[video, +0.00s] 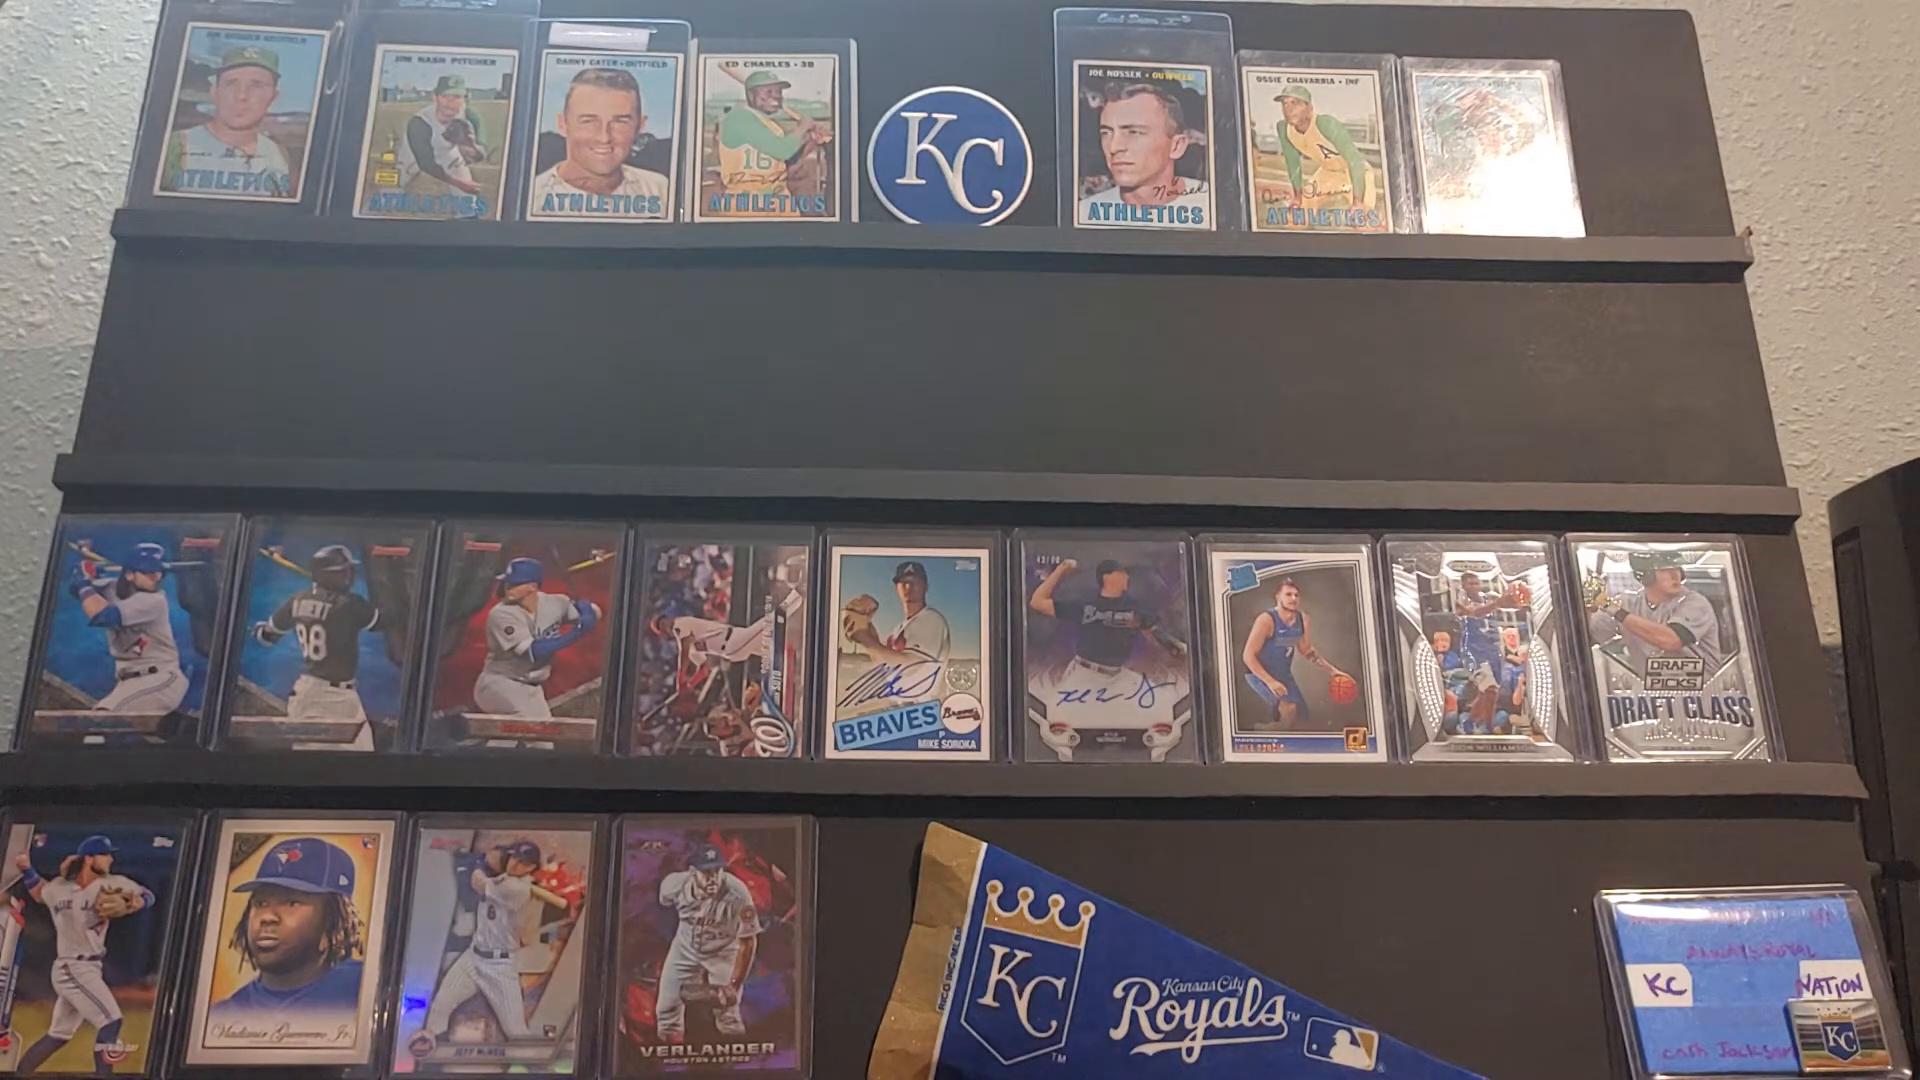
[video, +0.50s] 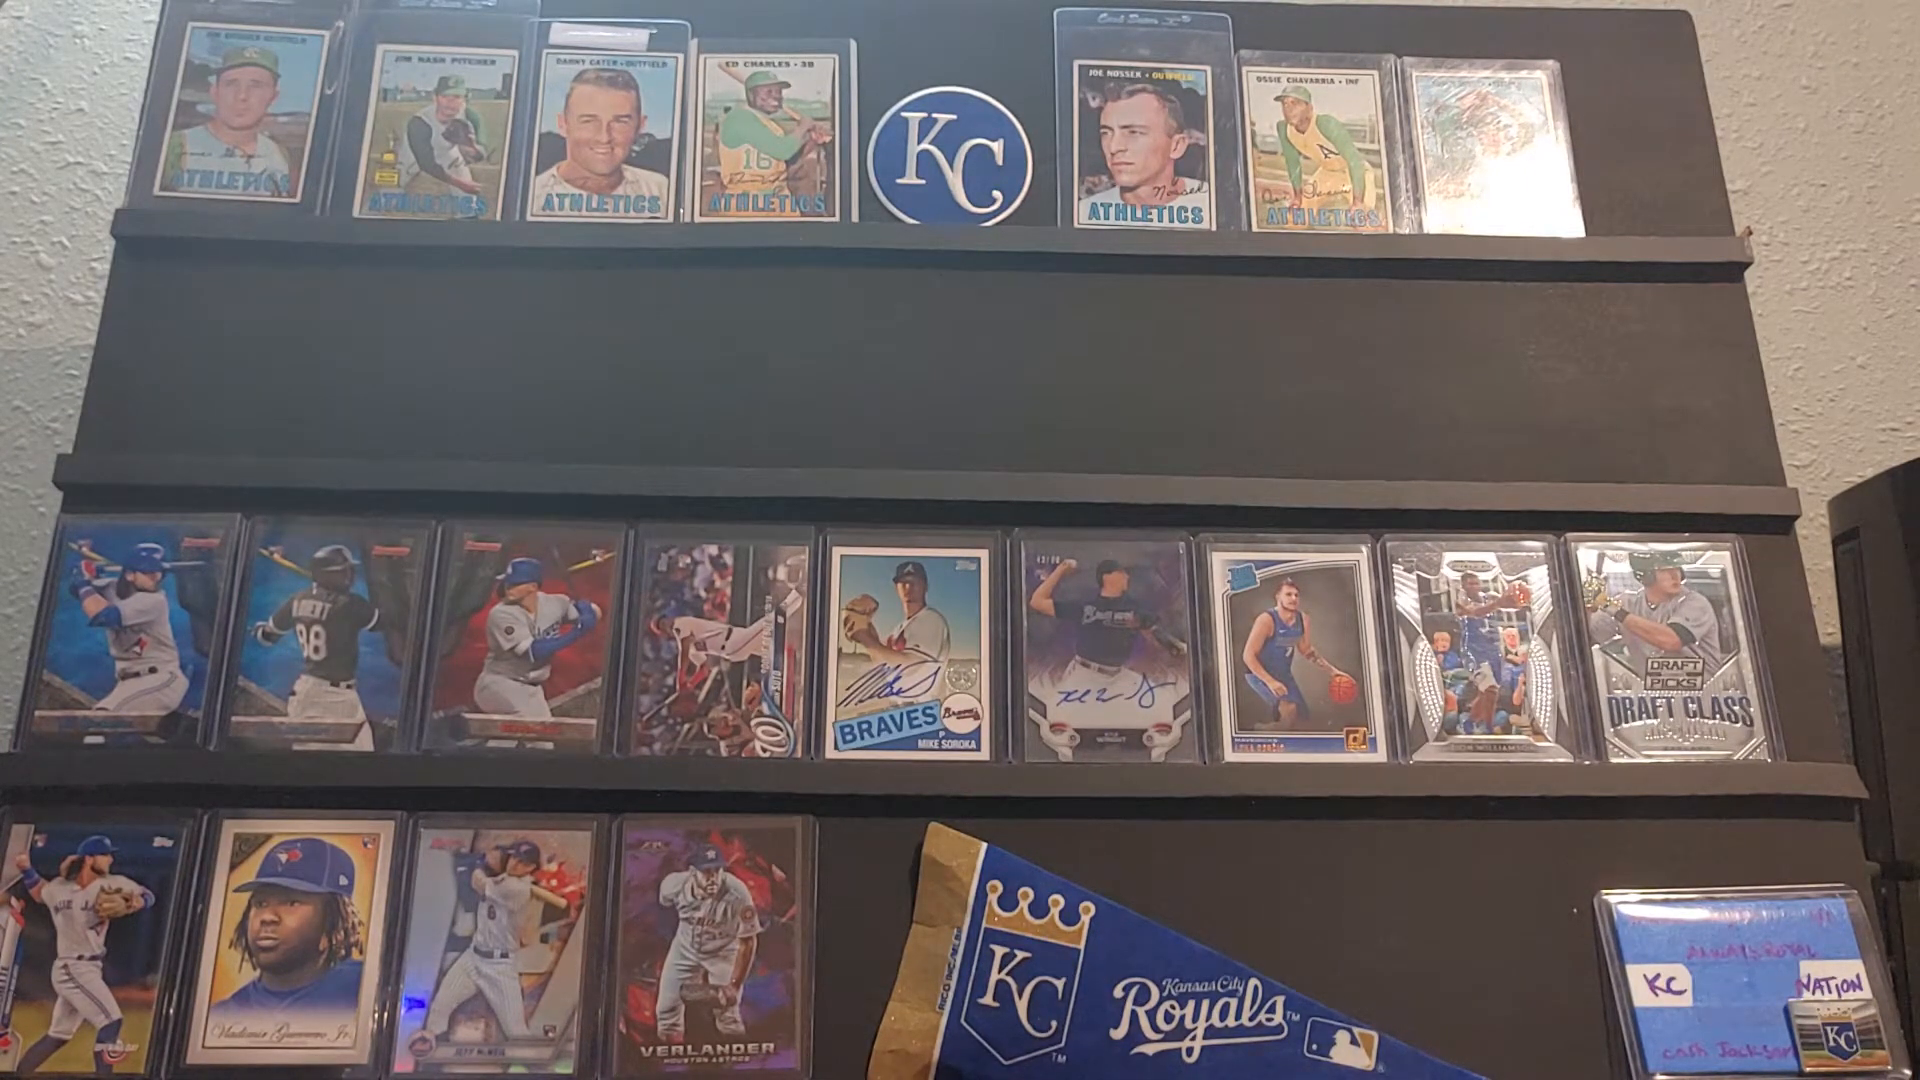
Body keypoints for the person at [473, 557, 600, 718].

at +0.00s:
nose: (507, 588)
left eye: (514, 584)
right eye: (507, 583)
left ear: (532, 587)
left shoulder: (554, 603)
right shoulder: (500, 614)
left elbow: (581, 606)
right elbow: (532, 651)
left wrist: (588, 615)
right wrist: (575, 634)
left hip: (531, 687)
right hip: (496, 683)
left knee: (546, 733)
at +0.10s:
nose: (507, 588)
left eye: (514, 584)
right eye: (507, 583)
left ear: (532, 587)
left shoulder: (555, 603)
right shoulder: (500, 614)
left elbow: (580, 607)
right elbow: (532, 651)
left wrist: (588, 614)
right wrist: (576, 633)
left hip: (531, 687)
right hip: (496, 683)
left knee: (546, 732)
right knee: (529, 715)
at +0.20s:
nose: (507, 588)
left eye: (514, 584)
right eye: (507, 583)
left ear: (533, 587)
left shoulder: (555, 603)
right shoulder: (500, 614)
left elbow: (580, 607)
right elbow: (532, 652)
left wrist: (588, 614)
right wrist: (576, 633)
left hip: (531, 687)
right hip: (497, 683)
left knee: (546, 733)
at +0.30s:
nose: (507, 588)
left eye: (514, 584)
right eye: (507, 583)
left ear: (533, 587)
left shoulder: (555, 603)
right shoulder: (500, 614)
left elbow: (580, 607)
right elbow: (532, 652)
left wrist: (588, 614)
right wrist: (576, 633)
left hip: (531, 687)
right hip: (497, 683)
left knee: (546, 733)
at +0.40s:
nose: (507, 588)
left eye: (514, 584)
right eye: (507, 583)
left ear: (532, 587)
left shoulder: (555, 603)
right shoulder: (500, 614)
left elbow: (582, 607)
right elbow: (532, 652)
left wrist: (587, 614)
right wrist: (575, 633)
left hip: (531, 687)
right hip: (497, 683)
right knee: (527, 716)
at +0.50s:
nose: (507, 588)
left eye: (514, 584)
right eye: (507, 583)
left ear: (532, 587)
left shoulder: (555, 603)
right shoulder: (500, 614)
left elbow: (582, 607)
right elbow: (532, 651)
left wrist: (588, 614)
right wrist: (576, 633)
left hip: (531, 688)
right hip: (497, 683)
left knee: (546, 735)